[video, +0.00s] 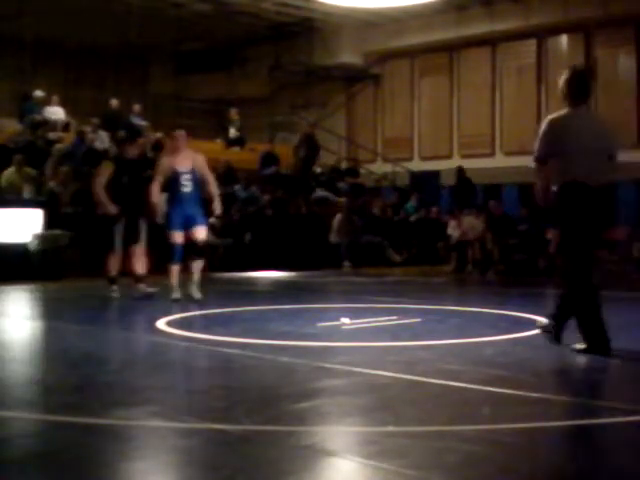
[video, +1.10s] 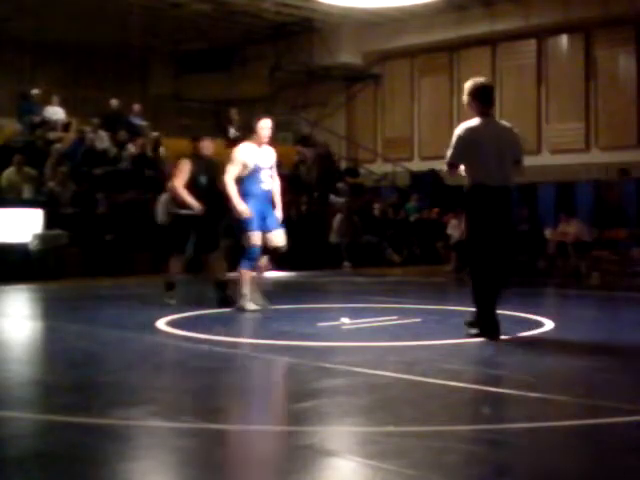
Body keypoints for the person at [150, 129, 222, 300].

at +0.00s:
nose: (179, 143)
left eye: (182, 139)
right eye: (176, 139)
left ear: (187, 140)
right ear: (171, 141)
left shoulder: (197, 158)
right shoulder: (166, 160)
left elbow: (209, 180)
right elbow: (157, 184)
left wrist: (216, 200)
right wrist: (157, 204)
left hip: (195, 205)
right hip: (175, 207)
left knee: (200, 242)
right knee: (177, 246)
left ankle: (195, 284)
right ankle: (175, 286)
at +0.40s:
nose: (209, 141)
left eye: (211, 137)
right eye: (206, 137)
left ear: (214, 139)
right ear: (199, 139)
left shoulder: (219, 160)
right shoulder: (188, 159)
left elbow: (227, 185)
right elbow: (177, 183)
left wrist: (231, 207)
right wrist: (178, 205)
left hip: (213, 210)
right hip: (193, 210)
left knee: (209, 250)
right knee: (189, 249)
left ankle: (202, 292)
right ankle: (178, 278)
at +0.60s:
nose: (224, 139)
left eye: (227, 136)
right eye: (222, 135)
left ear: (229, 137)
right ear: (214, 135)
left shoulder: (230, 155)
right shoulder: (200, 155)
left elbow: (238, 176)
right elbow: (184, 179)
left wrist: (246, 186)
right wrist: (183, 206)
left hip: (224, 203)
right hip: (206, 203)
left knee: (217, 245)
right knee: (213, 241)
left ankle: (204, 290)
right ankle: (201, 285)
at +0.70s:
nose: (231, 137)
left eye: (233, 133)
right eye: (228, 133)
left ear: (236, 136)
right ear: (220, 134)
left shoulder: (236, 156)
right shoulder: (207, 155)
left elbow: (246, 176)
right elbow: (190, 179)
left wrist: (256, 184)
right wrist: (188, 207)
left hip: (231, 204)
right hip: (213, 204)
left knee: (221, 244)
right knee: (221, 242)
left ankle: (207, 286)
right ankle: (222, 288)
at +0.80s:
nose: (239, 138)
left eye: (241, 134)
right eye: (235, 134)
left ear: (243, 136)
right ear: (227, 135)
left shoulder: (244, 159)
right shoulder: (215, 157)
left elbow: (256, 180)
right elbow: (198, 181)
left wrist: (267, 185)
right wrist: (198, 209)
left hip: (238, 206)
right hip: (221, 205)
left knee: (232, 247)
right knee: (233, 245)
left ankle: (209, 278)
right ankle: (238, 291)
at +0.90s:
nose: (246, 139)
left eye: (248, 135)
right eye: (243, 135)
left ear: (251, 137)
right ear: (235, 136)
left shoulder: (254, 158)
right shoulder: (223, 157)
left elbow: (264, 180)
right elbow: (208, 183)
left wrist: (276, 192)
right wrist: (211, 208)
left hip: (248, 205)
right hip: (231, 204)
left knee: (246, 246)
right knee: (243, 241)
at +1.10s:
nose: (267, 133)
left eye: (269, 129)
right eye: (263, 129)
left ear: (271, 132)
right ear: (255, 130)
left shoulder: (270, 153)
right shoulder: (243, 150)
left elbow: (274, 179)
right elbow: (229, 177)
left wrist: (278, 205)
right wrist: (238, 203)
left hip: (267, 201)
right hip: (250, 202)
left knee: (278, 241)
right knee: (253, 245)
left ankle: (253, 283)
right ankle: (245, 293)